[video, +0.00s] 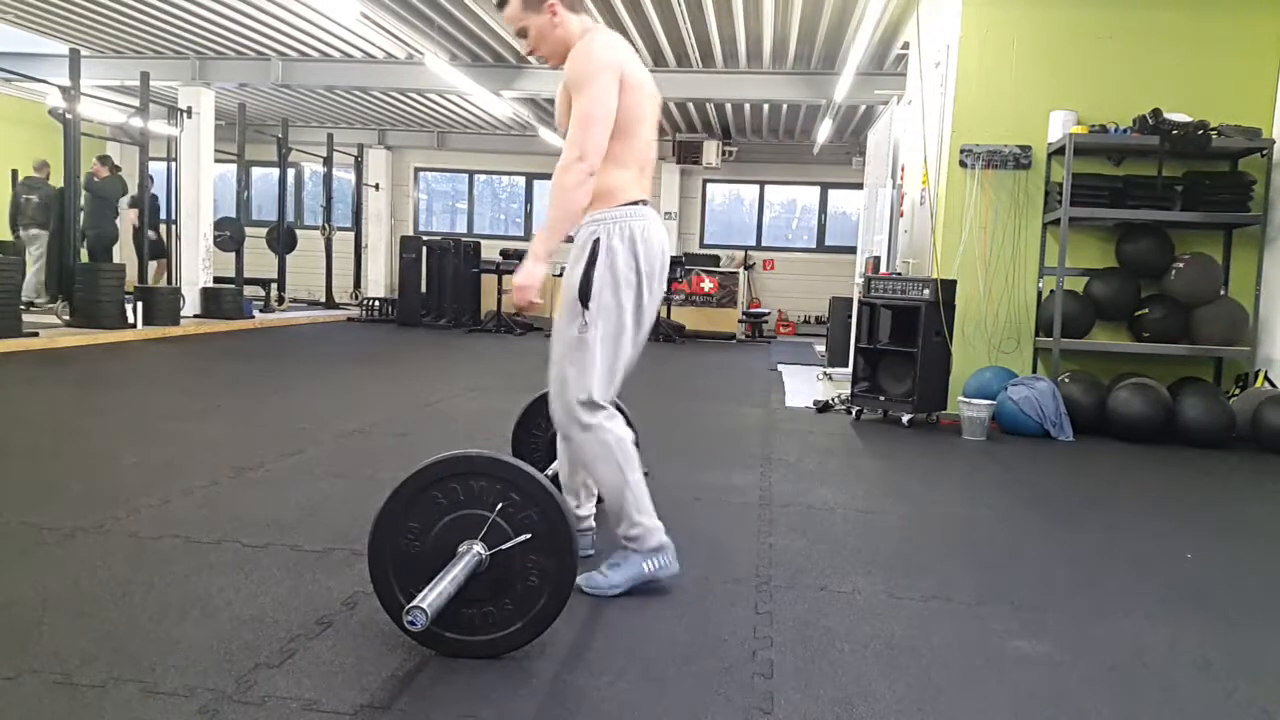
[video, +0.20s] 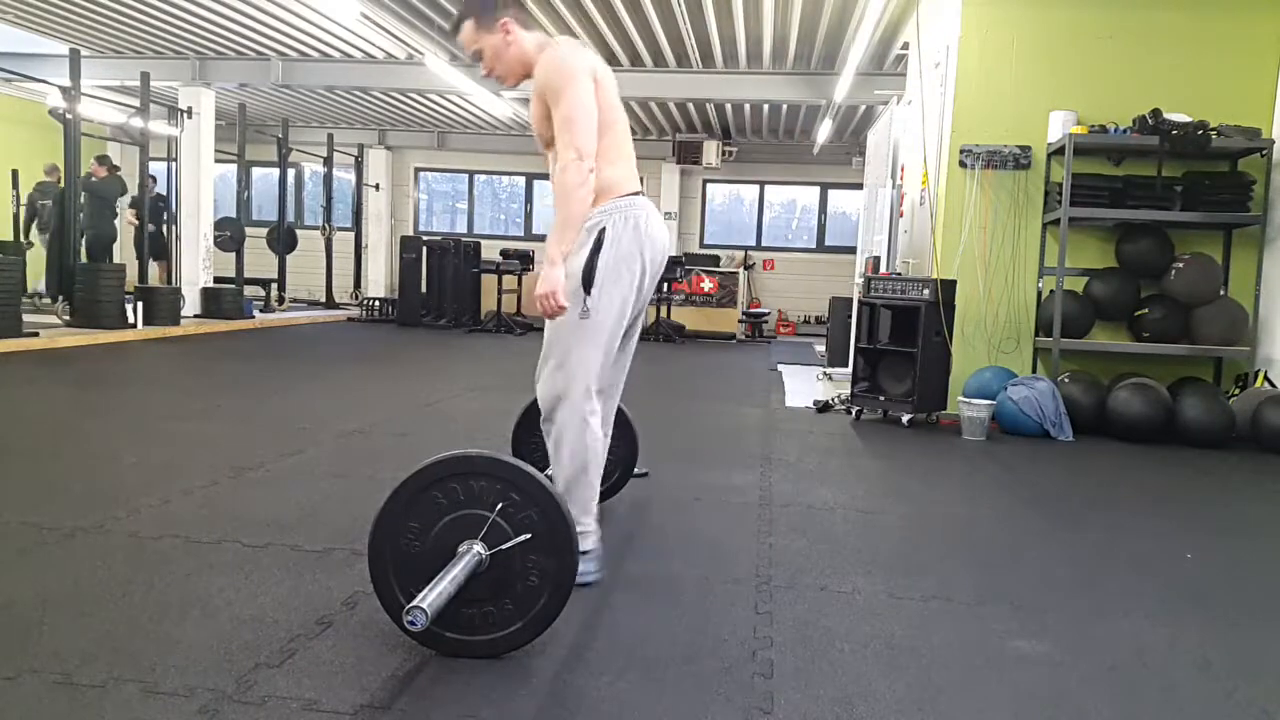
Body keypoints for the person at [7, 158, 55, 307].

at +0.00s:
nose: (49, 174)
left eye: (48, 171)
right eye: (48, 171)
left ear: (34, 170)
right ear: (46, 171)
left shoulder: (20, 186)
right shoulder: (49, 189)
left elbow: (13, 211)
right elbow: (53, 212)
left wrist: (15, 230)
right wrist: (52, 228)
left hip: (24, 228)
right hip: (40, 228)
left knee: (34, 262)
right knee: (36, 263)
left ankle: (41, 296)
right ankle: (26, 298)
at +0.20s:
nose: (59, 177)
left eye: (59, 174)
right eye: (59, 174)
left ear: (45, 174)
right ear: (57, 174)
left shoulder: (34, 193)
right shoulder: (60, 192)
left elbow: (29, 216)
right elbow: (67, 213)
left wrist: (26, 237)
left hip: (42, 232)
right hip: (58, 232)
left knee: (53, 260)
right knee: (55, 261)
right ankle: (40, 291)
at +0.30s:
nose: (63, 175)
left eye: (63, 172)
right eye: (63, 172)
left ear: (50, 172)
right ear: (61, 172)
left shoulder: (43, 188)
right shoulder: (66, 188)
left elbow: (36, 212)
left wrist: (34, 234)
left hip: (50, 229)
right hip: (66, 229)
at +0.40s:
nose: (65, 173)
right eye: (66, 169)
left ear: (56, 170)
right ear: (66, 170)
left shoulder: (47, 187)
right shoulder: (73, 186)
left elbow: (41, 210)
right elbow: (77, 209)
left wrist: (43, 230)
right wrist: (79, 227)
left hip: (55, 229)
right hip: (71, 229)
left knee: (54, 262)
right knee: (69, 261)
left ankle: (54, 295)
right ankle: (68, 295)